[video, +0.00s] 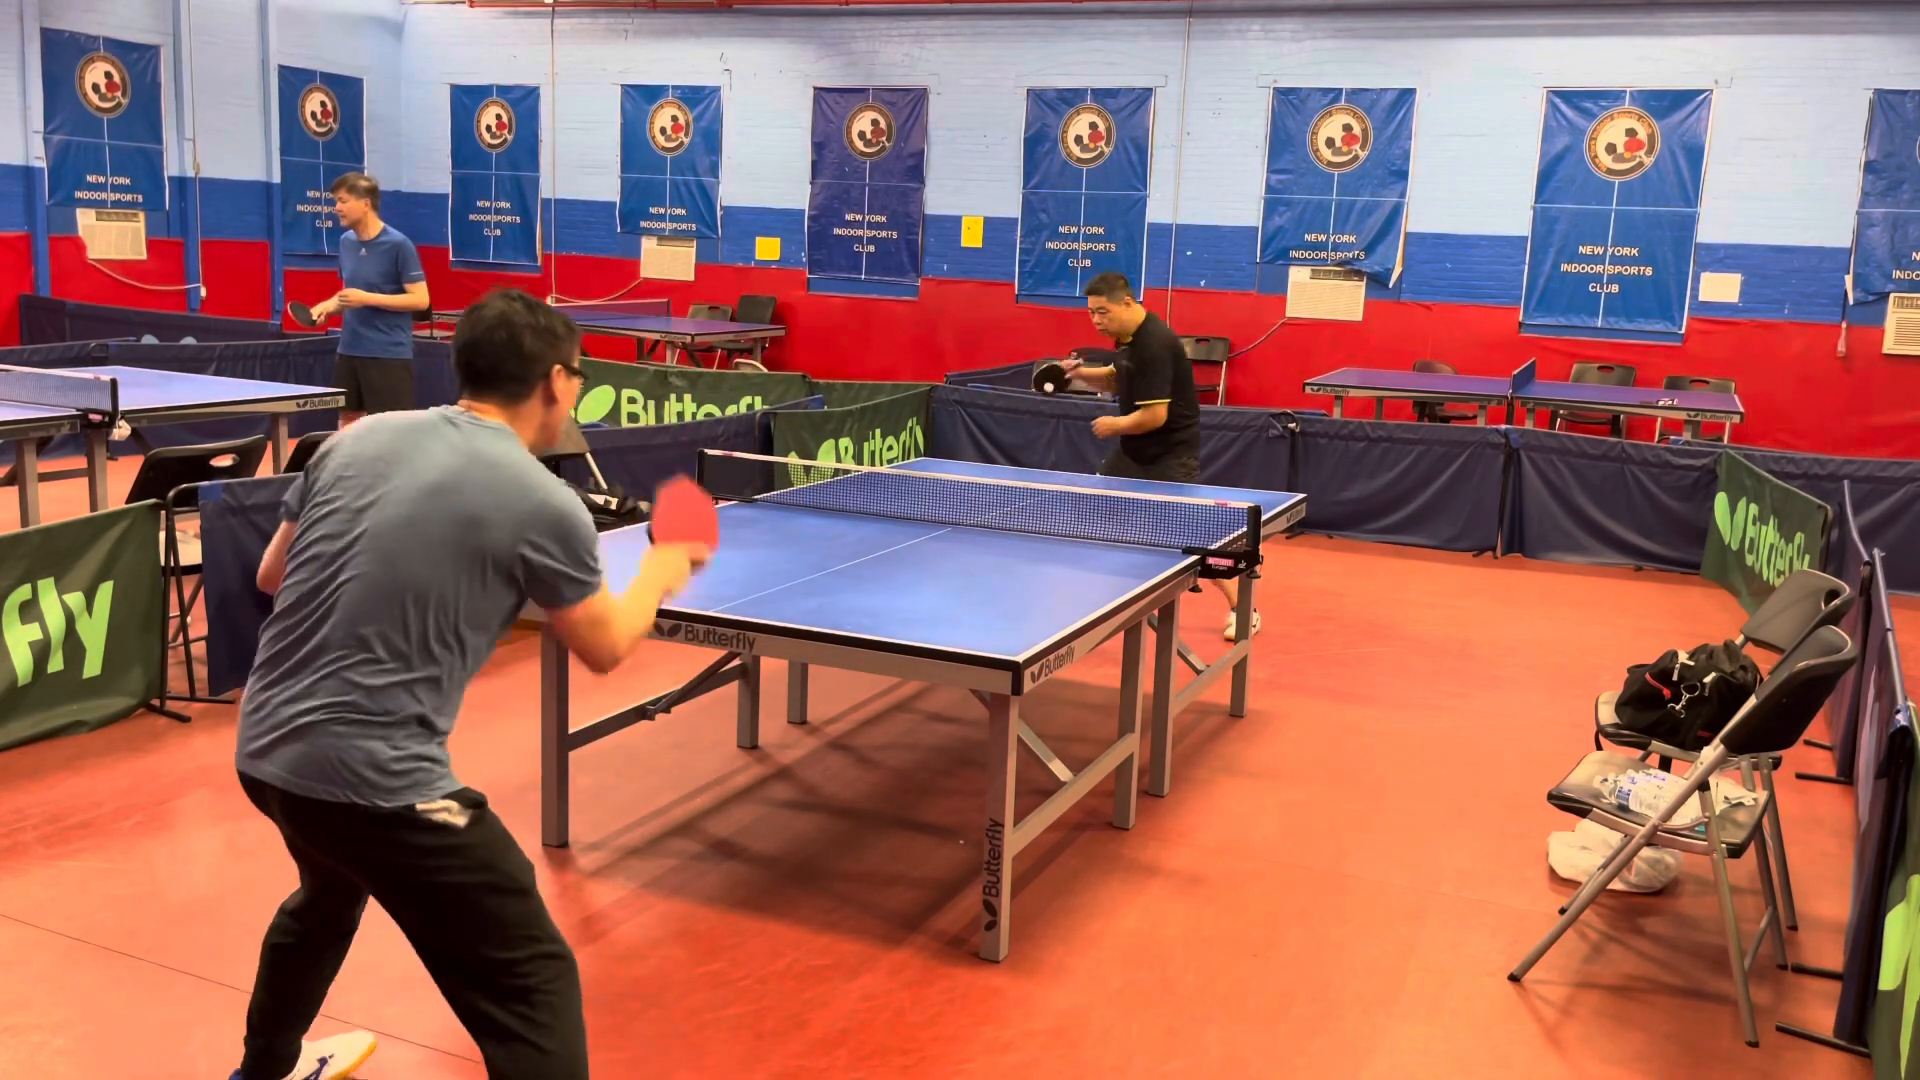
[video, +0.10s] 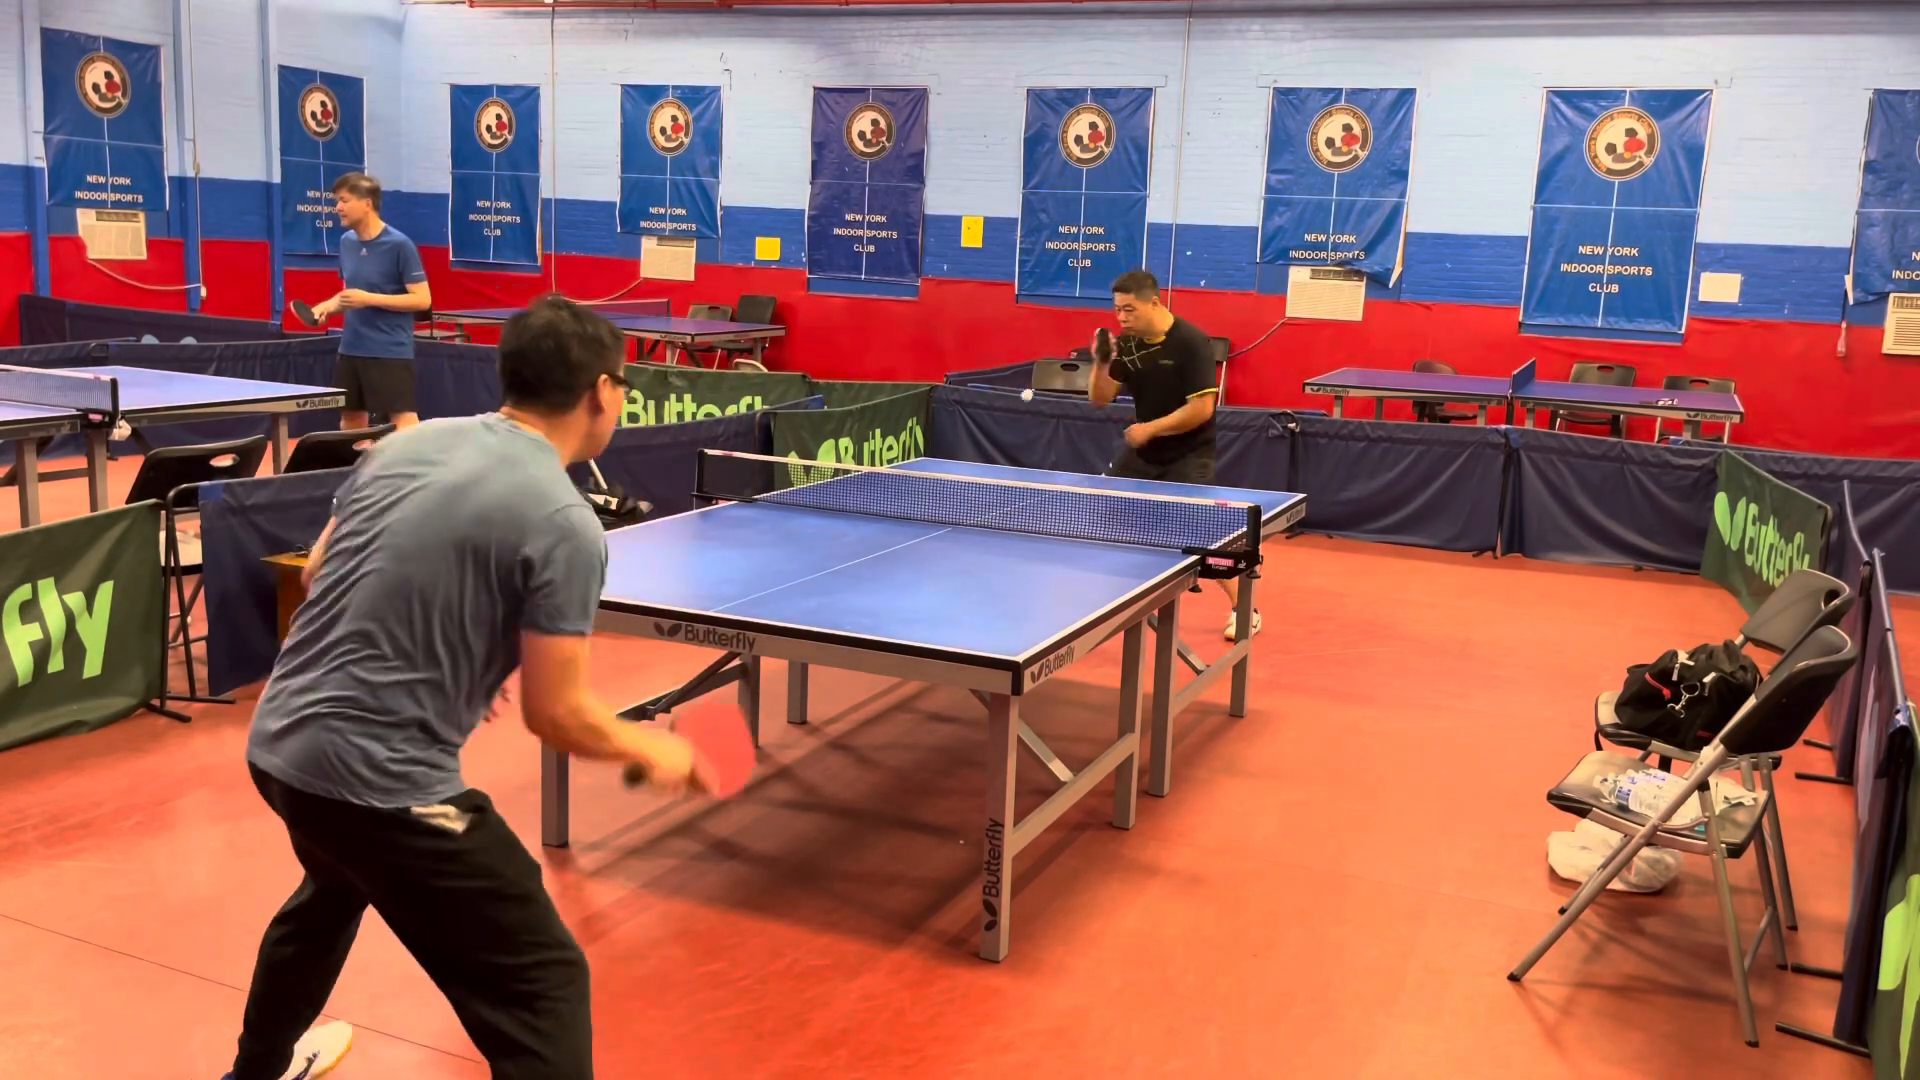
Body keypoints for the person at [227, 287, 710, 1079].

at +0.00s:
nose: (576, 396)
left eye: (577, 377)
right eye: (575, 377)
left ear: (469, 371)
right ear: (551, 382)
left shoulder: (352, 441)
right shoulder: (536, 498)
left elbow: (271, 574)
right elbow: (603, 644)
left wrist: (389, 571)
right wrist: (664, 567)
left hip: (267, 754)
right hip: (380, 777)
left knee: (329, 891)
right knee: (532, 979)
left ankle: (264, 1065)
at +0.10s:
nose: (621, 405)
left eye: (621, 386)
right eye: (620, 387)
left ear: (511, 380)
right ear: (598, 394)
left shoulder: (407, 443)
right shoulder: (562, 519)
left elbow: (321, 575)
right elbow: (553, 710)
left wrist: (447, 657)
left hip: (281, 747)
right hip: (386, 778)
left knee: (332, 889)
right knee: (544, 981)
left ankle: (259, 1063)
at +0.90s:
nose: (597, 419)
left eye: (597, 402)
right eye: (596, 403)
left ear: (485, 401)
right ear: (578, 410)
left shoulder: (374, 475)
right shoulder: (582, 527)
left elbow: (294, 628)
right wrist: (667, 554)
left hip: (304, 811)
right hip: (432, 826)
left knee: (334, 922)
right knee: (616, 991)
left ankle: (254, 1073)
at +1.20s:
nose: (657, 453)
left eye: (657, 436)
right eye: (655, 437)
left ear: (553, 423)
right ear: (627, 445)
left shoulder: (492, 485)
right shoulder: (509, 546)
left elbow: (452, 630)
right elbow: (402, 726)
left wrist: (563, 676)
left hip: (303, 778)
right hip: (356, 802)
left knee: (361, 918)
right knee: (547, 989)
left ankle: (233, 1069)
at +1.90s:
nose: (610, 420)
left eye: (611, 401)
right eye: (610, 402)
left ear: (500, 394)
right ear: (588, 408)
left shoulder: (384, 454)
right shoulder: (557, 535)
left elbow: (289, 587)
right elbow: (539, 733)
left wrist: (396, 638)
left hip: (251, 767)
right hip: (367, 796)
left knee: (309, 922)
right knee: (536, 1006)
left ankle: (226, 1072)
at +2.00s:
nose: (642, 438)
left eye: (644, 419)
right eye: (642, 419)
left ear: (529, 405)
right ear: (614, 427)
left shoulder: (446, 461)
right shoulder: (530, 538)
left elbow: (387, 602)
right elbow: (450, 733)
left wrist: (501, 661)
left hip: (262, 757)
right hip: (341, 792)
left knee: (328, 909)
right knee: (512, 1005)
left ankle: (221, 1072)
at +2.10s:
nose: (640, 460)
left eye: (642, 444)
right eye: (638, 442)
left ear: (528, 424)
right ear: (604, 448)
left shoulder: (473, 489)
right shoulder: (482, 551)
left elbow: (434, 631)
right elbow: (378, 728)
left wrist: (551, 679)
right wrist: (441, 896)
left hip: (287, 785)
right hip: (329, 814)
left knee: (360, 919)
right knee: (511, 981)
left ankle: (233, 1071)